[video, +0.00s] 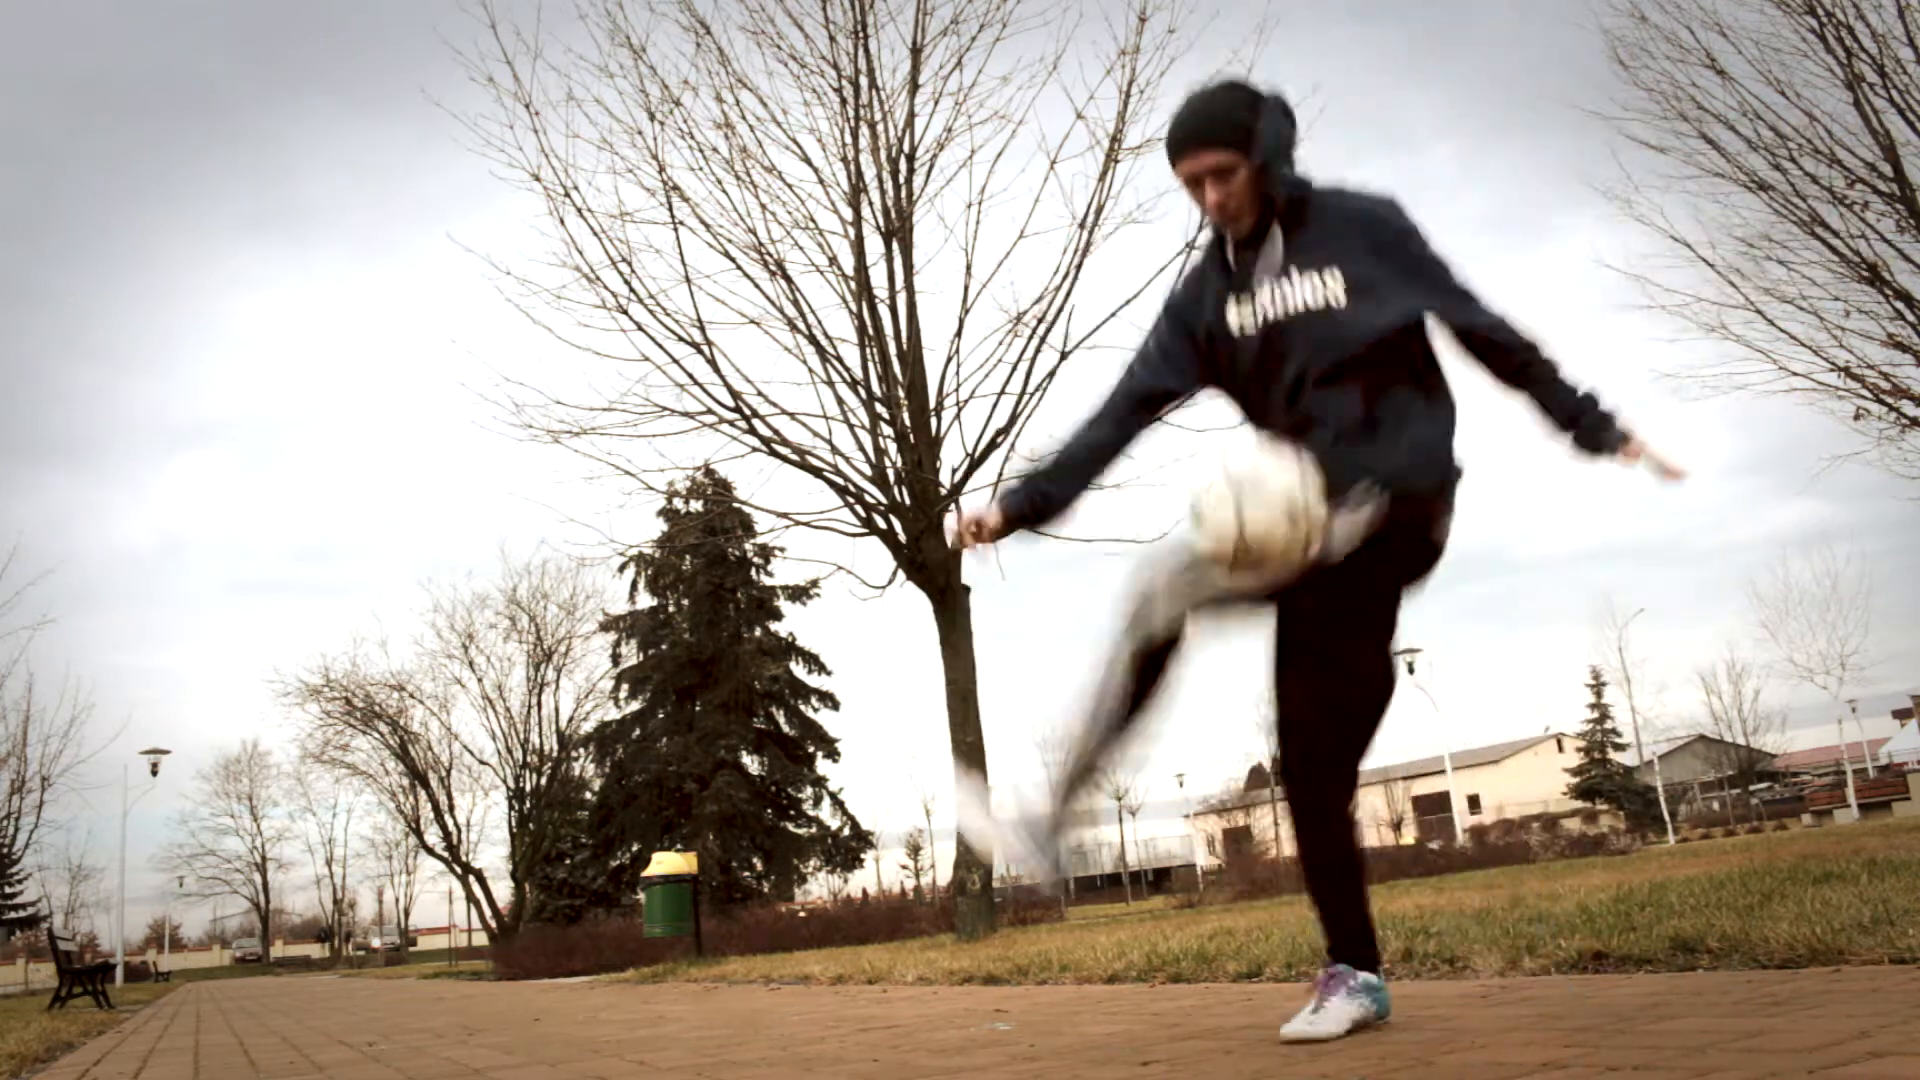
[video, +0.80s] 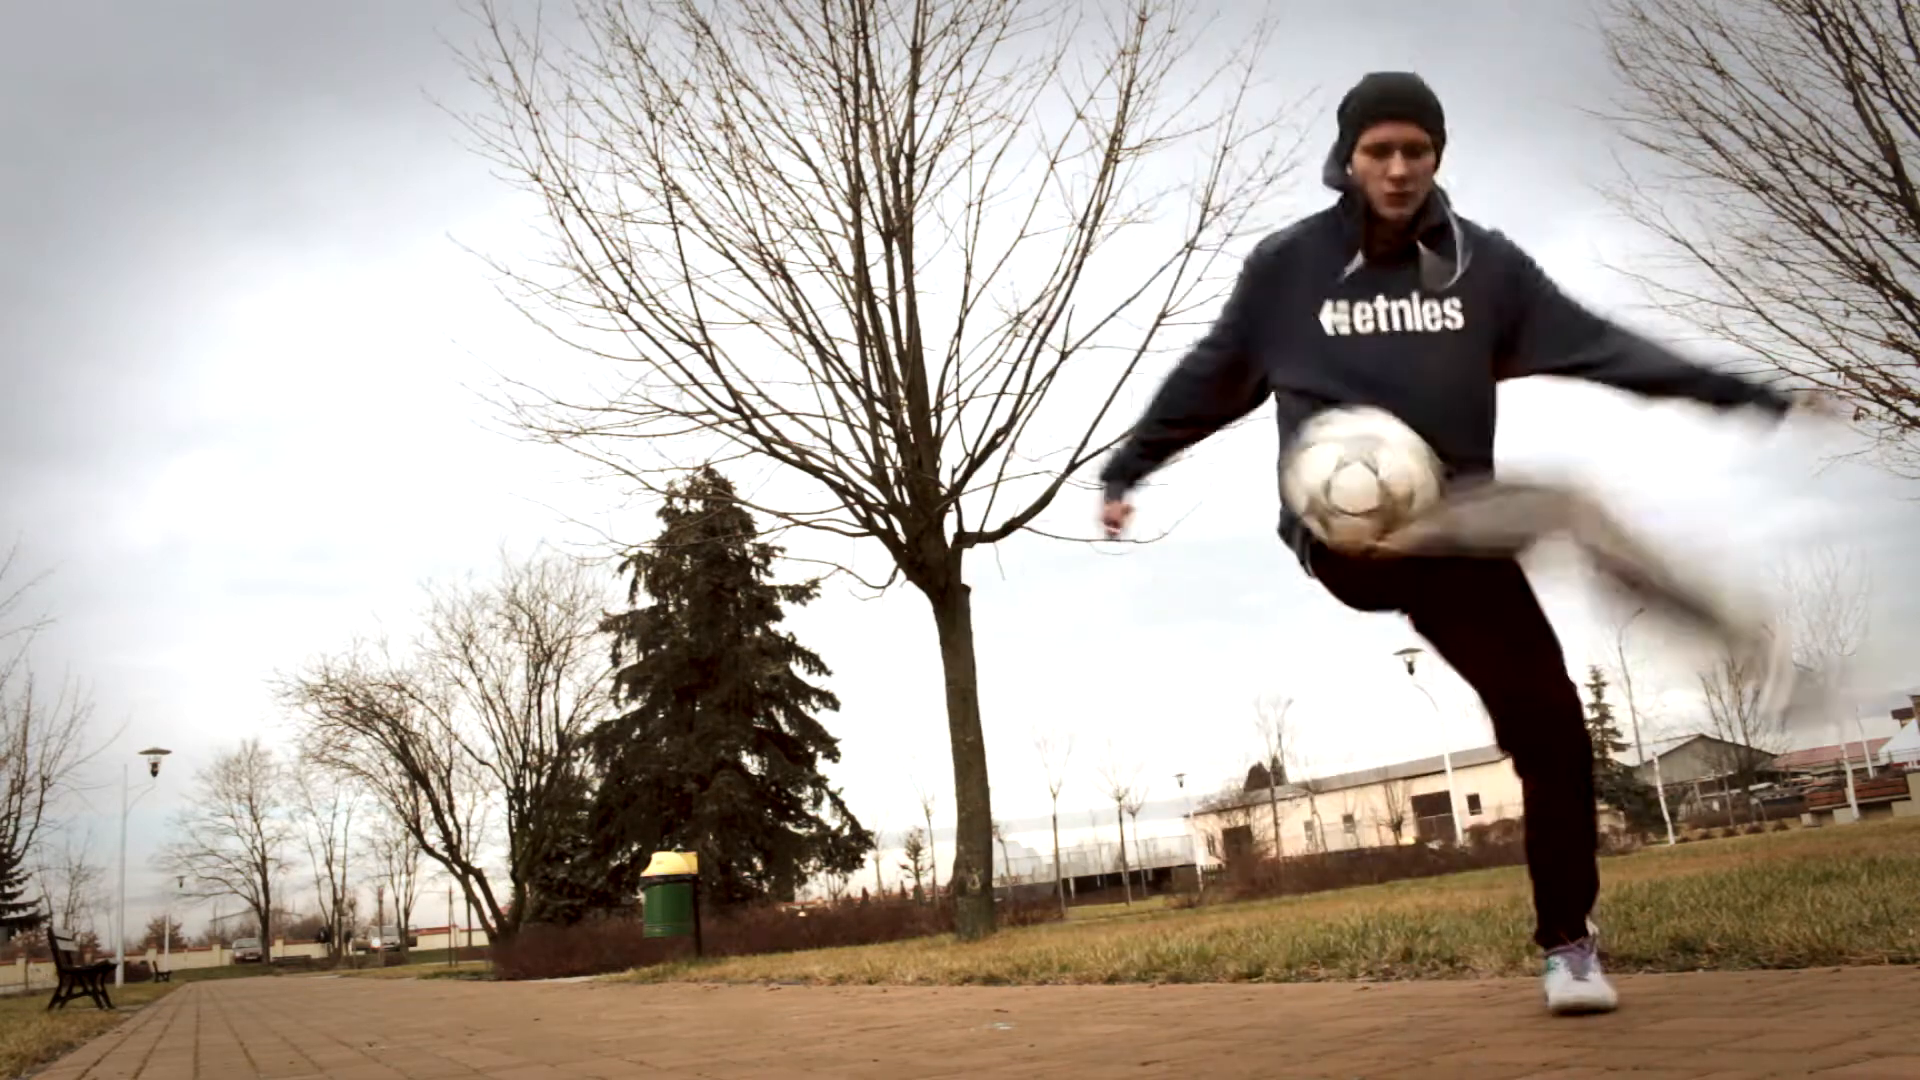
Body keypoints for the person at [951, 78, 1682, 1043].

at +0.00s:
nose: (1211, 199)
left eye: (1223, 175)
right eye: (1195, 184)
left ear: (1267, 159)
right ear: (1186, 188)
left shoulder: (1359, 227)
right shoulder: (1201, 296)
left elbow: (1474, 325)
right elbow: (1126, 410)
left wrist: (1592, 425)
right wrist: (1017, 505)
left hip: (1399, 486)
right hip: (1312, 508)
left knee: (1166, 591)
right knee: (1311, 758)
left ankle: (1058, 806)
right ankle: (1356, 973)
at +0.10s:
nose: (1224, 204)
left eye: (1236, 182)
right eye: (1204, 193)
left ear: (1269, 173)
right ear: (1186, 203)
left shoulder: (1353, 241)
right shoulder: (1196, 312)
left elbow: (1464, 335)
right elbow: (1131, 440)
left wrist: (1600, 408)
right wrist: (1007, 541)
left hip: (1395, 532)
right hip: (1302, 549)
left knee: (1250, 697)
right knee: (1290, 757)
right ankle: (1352, 972)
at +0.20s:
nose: (1239, 179)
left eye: (1250, 158)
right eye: (1217, 166)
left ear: (1273, 157)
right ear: (1185, 180)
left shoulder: (1340, 228)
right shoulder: (1172, 297)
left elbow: (1464, 281)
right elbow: (1105, 406)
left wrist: (1599, 320)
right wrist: (1034, 503)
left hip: (1407, 498)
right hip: (1296, 530)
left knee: (1429, 619)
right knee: (1301, 748)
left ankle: (1430, 818)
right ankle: (1355, 967)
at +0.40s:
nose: (1306, 142)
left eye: (1316, 125)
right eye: (1286, 130)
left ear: (1336, 129)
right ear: (1250, 145)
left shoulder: (1376, 214)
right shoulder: (1229, 229)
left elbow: (1489, 294)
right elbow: (1198, 352)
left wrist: (1625, 280)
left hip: (1390, 442)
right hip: (1295, 480)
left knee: (1493, 304)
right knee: (1327, 726)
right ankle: (1353, 965)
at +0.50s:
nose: (1319, 87)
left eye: (1330, 69)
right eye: (1296, 75)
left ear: (1348, 76)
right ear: (1261, 88)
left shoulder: (1374, 146)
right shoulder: (1254, 154)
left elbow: (1401, 212)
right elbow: (1235, 246)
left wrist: (1508, 229)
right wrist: (1305, 134)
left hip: (1418, 390)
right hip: (1330, 420)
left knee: (1523, 354)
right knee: (1329, 635)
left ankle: (1440, 562)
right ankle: (1335, 858)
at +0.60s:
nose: (1348, 79)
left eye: (1357, 63)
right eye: (1328, 66)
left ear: (1372, 67)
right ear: (1290, 75)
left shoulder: (1399, 149)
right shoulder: (1270, 148)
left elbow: (1463, 204)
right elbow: (1230, 197)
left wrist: (1593, 214)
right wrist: (1172, 204)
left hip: (1440, 364)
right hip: (1342, 377)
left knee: (1471, 572)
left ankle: (1550, 756)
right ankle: (1542, 745)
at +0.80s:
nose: (1399, 169)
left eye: (1417, 152)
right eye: (1380, 151)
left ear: (1439, 161)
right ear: (1346, 158)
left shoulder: (1488, 267)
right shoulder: (1288, 263)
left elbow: (1605, 346)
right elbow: (1219, 369)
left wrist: (1757, 393)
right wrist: (1127, 464)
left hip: (1462, 527)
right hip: (1344, 532)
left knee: (1551, 732)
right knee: (1565, 506)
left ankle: (1568, 944)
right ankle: (1737, 634)